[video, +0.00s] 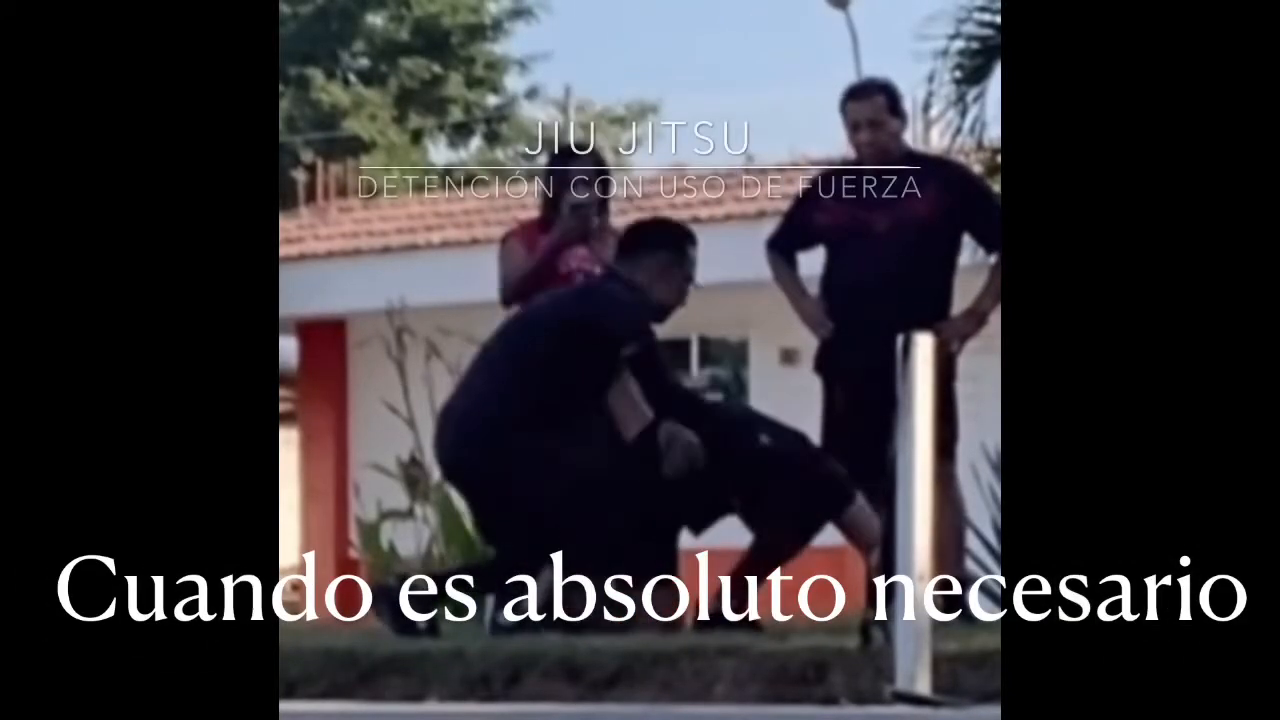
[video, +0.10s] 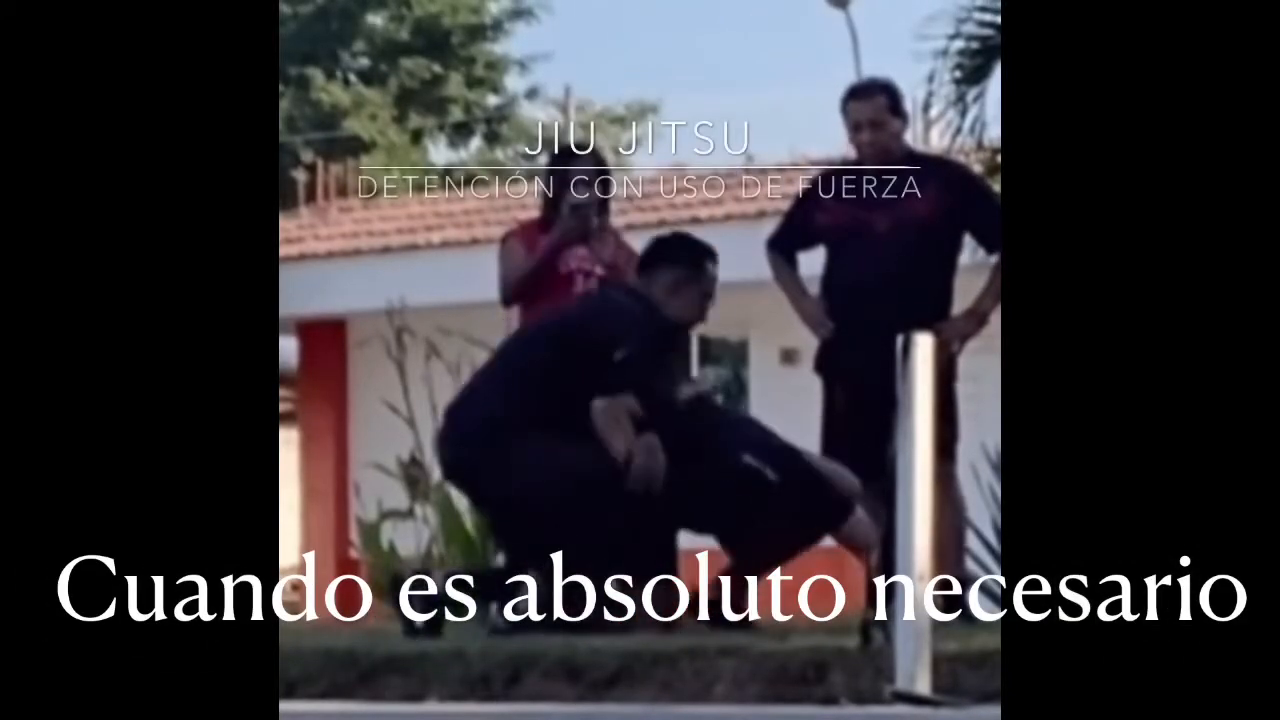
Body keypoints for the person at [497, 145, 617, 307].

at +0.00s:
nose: (583, 194)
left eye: (591, 184)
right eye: (574, 185)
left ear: (604, 189)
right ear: (552, 188)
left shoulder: (612, 241)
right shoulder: (520, 241)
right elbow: (510, 295)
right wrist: (560, 238)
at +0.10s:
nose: (584, 194)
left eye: (592, 184)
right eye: (575, 185)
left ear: (604, 189)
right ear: (555, 188)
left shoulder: (609, 241)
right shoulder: (521, 241)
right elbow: (509, 295)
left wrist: (612, 258)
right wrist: (559, 237)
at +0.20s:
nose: (585, 195)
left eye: (593, 185)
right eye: (576, 185)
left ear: (605, 189)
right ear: (555, 187)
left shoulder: (617, 249)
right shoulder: (522, 241)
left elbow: (636, 314)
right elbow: (510, 294)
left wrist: (612, 267)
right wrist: (560, 239)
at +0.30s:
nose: (586, 195)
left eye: (594, 184)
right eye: (576, 185)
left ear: (605, 189)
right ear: (556, 188)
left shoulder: (613, 246)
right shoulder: (524, 240)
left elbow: (637, 307)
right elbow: (510, 294)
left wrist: (615, 269)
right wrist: (559, 239)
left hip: (599, 376)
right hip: (539, 378)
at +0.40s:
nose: (589, 196)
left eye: (597, 185)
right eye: (578, 185)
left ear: (607, 190)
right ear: (556, 187)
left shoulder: (616, 248)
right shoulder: (524, 240)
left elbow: (643, 314)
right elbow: (510, 294)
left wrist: (616, 274)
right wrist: (558, 239)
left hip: (596, 384)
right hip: (538, 383)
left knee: (594, 486)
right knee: (531, 489)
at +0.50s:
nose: (588, 195)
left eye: (596, 184)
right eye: (579, 184)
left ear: (606, 189)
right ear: (557, 187)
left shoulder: (613, 245)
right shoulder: (525, 239)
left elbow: (643, 315)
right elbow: (510, 293)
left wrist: (613, 272)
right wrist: (559, 239)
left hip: (598, 384)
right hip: (539, 382)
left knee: (595, 487)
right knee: (528, 483)